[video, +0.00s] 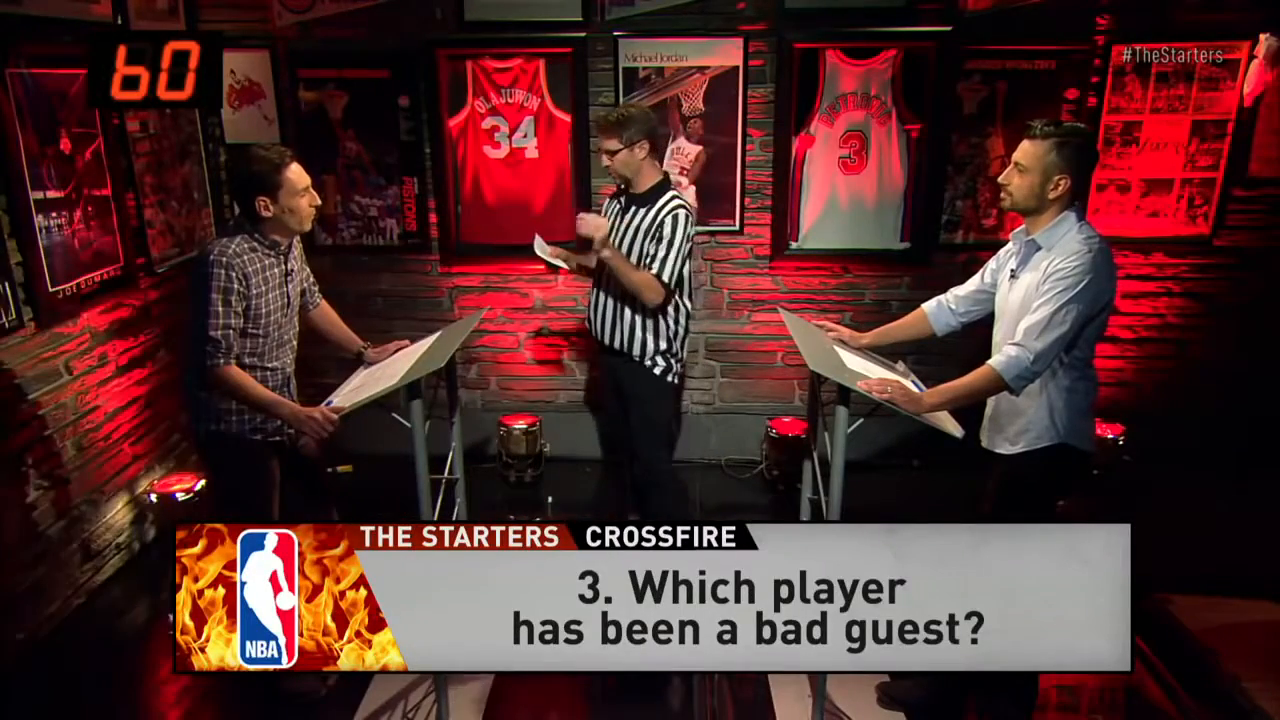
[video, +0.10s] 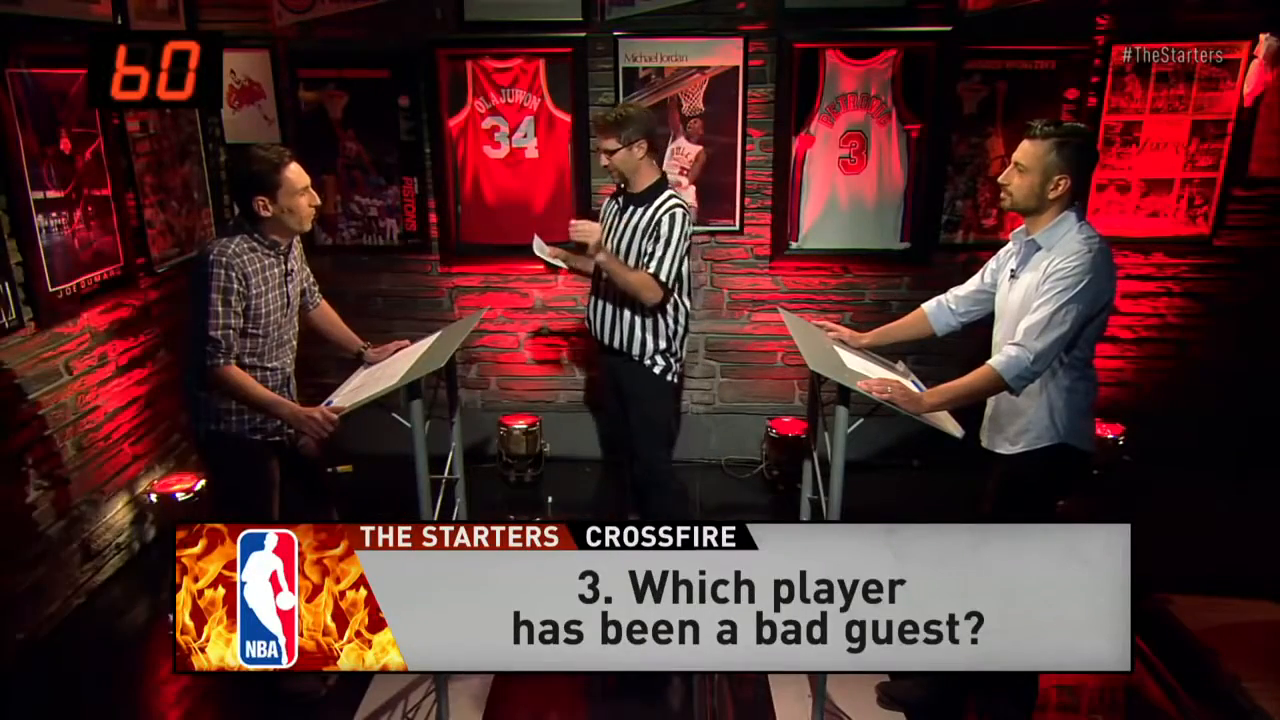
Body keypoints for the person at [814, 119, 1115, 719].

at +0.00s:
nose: (1004, 176)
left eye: (1019, 169)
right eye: (1009, 164)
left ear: (1057, 188)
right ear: (1046, 185)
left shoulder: (1082, 259)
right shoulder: (1025, 244)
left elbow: (1023, 360)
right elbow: (955, 306)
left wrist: (928, 398)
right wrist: (868, 339)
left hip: (1043, 445)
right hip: (1002, 433)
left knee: (1006, 578)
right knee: (977, 564)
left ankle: (1001, 705)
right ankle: (942, 683)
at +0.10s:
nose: (1004, 176)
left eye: (1019, 169)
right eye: (1009, 164)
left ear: (1057, 188)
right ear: (1046, 185)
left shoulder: (1082, 259)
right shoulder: (1025, 243)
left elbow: (1023, 360)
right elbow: (955, 306)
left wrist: (928, 398)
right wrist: (868, 339)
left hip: (1043, 445)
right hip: (1003, 433)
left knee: (1006, 578)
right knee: (978, 564)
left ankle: (1000, 705)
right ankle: (942, 683)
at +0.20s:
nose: (1004, 175)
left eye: (1019, 169)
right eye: (1009, 164)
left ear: (1057, 188)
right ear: (1046, 185)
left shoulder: (1082, 259)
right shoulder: (1026, 243)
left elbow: (1023, 359)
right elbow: (955, 306)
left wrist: (928, 398)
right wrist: (868, 339)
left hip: (1043, 445)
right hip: (1003, 432)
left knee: (1005, 579)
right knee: (977, 565)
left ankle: (1001, 705)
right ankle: (942, 684)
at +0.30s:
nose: (1004, 175)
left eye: (1019, 168)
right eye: (1009, 164)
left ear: (1057, 188)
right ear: (1046, 185)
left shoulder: (1082, 259)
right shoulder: (1026, 243)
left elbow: (1023, 359)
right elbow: (955, 306)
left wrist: (928, 398)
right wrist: (868, 339)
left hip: (1043, 445)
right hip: (1003, 432)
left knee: (1005, 578)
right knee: (977, 564)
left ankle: (1001, 705)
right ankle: (942, 684)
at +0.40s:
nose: (1005, 175)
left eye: (1020, 168)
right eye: (1010, 163)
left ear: (1058, 188)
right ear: (1046, 185)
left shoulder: (1082, 259)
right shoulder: (1026, 243)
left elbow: (1023, 359)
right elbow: (955, 306)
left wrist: (928, 398)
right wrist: (868, 339)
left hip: (1043, 445)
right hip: (1003, 432)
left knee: (1005, 579)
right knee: (977, 564)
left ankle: (1001, 705)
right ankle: (942, 684)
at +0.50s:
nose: (1005, 175)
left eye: (1020, 169)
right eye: (1010, 164)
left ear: (1058, 188)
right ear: (1047, 185)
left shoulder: (1083, 259)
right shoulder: (1025, 243)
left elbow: (1023, 360)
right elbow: (955, 306)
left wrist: (927, 398)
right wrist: (868, 339)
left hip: (1043, 446)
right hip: (1003, 434)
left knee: (1007, 580)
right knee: (979, 565)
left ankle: (1000, 705)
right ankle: (942, 684)